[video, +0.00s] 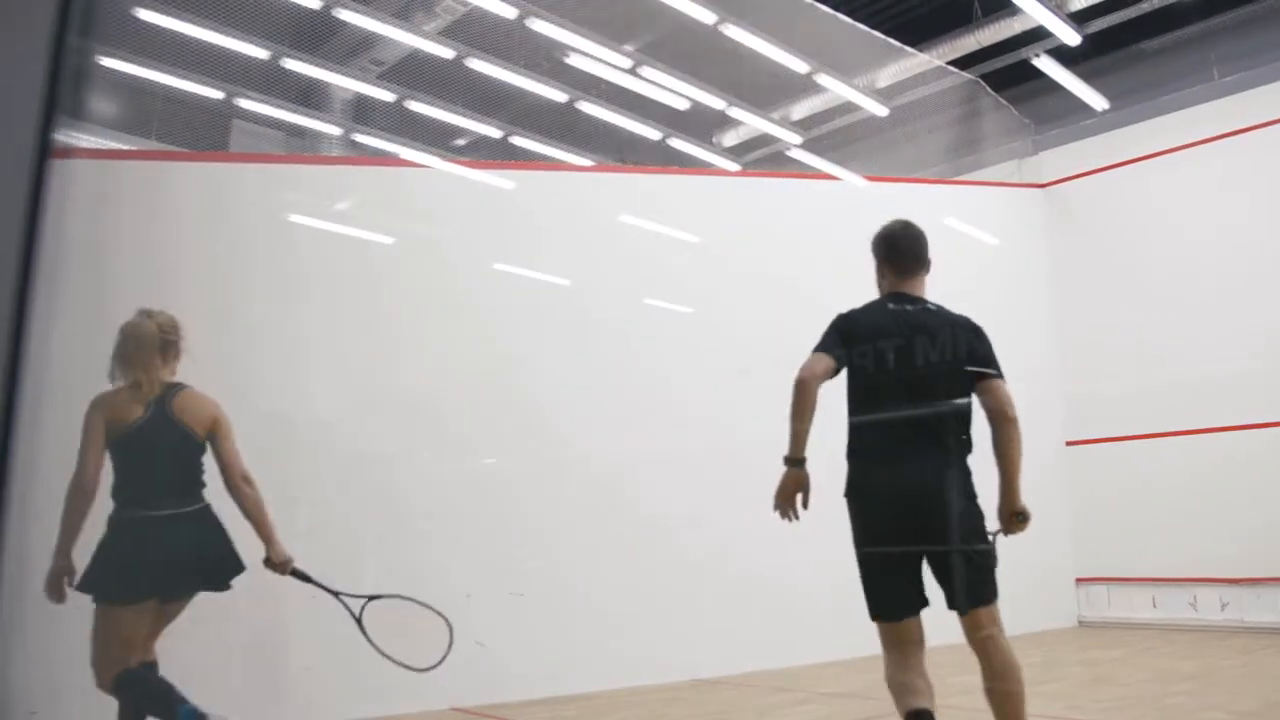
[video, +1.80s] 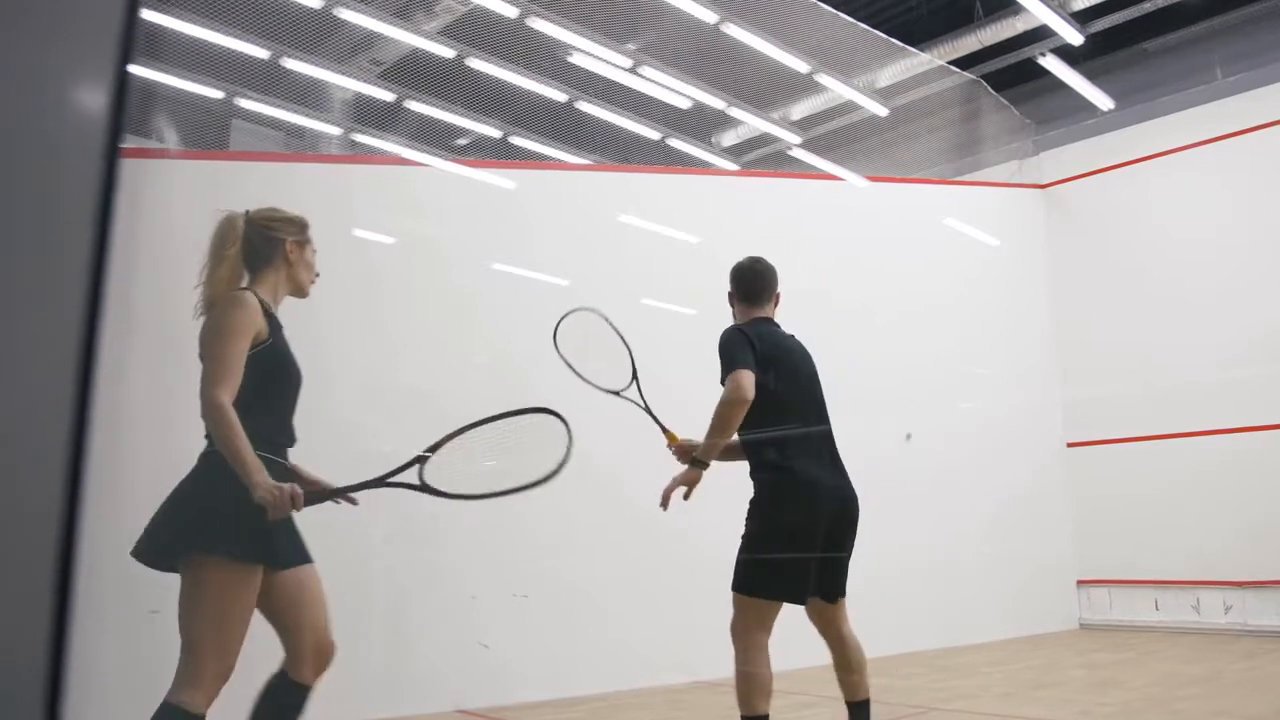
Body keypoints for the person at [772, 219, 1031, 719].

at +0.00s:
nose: (880, 273)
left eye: (878, 266)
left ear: (877, 268)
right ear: (928, 267)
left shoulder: (851, 326)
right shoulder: (962, 330)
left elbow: (807, 377)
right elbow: (1004, 413)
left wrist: (795, 462)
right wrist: (1011, 495)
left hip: (877, 510)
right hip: (950, 506)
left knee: (902, 648)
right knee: (987, 633)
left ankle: (919, 713)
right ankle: (1012, 716)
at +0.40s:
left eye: (860, 268)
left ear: (861, 271)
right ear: (911, 268)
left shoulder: (844, 324)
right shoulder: (951, 328)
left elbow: (814, 379)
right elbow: (986, 406)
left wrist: (806, 457)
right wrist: (980, 481)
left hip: (871, 498)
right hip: (941, 498)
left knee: (835, 624)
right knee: (980, 634)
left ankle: (855, 714)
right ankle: (1009, 715)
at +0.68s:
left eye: (830, 282)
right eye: (873, 280)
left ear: (827, 286)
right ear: (877, 284)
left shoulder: (818, 338)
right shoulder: (918, 340)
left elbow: (801, 402)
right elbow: (957, 417)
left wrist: (790, 480)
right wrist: (938, 484)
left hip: (856, 511)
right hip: (924, 509)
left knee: (796, 630)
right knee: (970, 638)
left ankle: (774, 719)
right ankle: (1007, 718)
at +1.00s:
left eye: (777, 294)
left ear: (778, 298)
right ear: (826, 294)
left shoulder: (773, 350)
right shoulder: (865, 350)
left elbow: (766, 425)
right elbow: (896, 431)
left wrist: (754, 502)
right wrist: (866, 479)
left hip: (812, 514)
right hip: (878, 512)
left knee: (759, 629)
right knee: (932, 635)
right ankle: (986, 717)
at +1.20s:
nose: (758, 296)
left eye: (753, 291)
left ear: (754, 294)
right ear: (802, 291)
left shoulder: (752, 344)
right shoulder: (840, 347)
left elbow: (751, 423)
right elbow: (859, 435)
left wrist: (738, 496)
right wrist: (836, 485)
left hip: (797, 509)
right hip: (860, 508)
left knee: (752, 629)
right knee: (896, 624)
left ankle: (750, 719)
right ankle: (958, 716)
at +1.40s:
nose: (742, 299)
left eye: (741, 292)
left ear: (742, 293)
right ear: (788, 291)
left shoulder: (741, 339)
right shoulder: (819, 345)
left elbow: (743, 410)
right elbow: (826, 440)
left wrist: (724, 486)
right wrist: (762, 478)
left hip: (791, 501)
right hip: (848, 498)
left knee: (751, 629)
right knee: (865, 618)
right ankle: (929, 715)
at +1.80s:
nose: (737, 303)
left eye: (732, 297)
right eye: (778, 296)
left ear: (732, 298)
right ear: (778, 300)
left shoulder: (738, 335)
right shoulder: (794, 348)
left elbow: (740, 392)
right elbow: (773, 444)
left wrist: (699, 463)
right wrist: (699, 452)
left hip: (786, 499)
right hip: (837, 499)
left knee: (750, 630)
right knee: (829, 613)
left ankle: (755, 718)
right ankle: (861, 716)